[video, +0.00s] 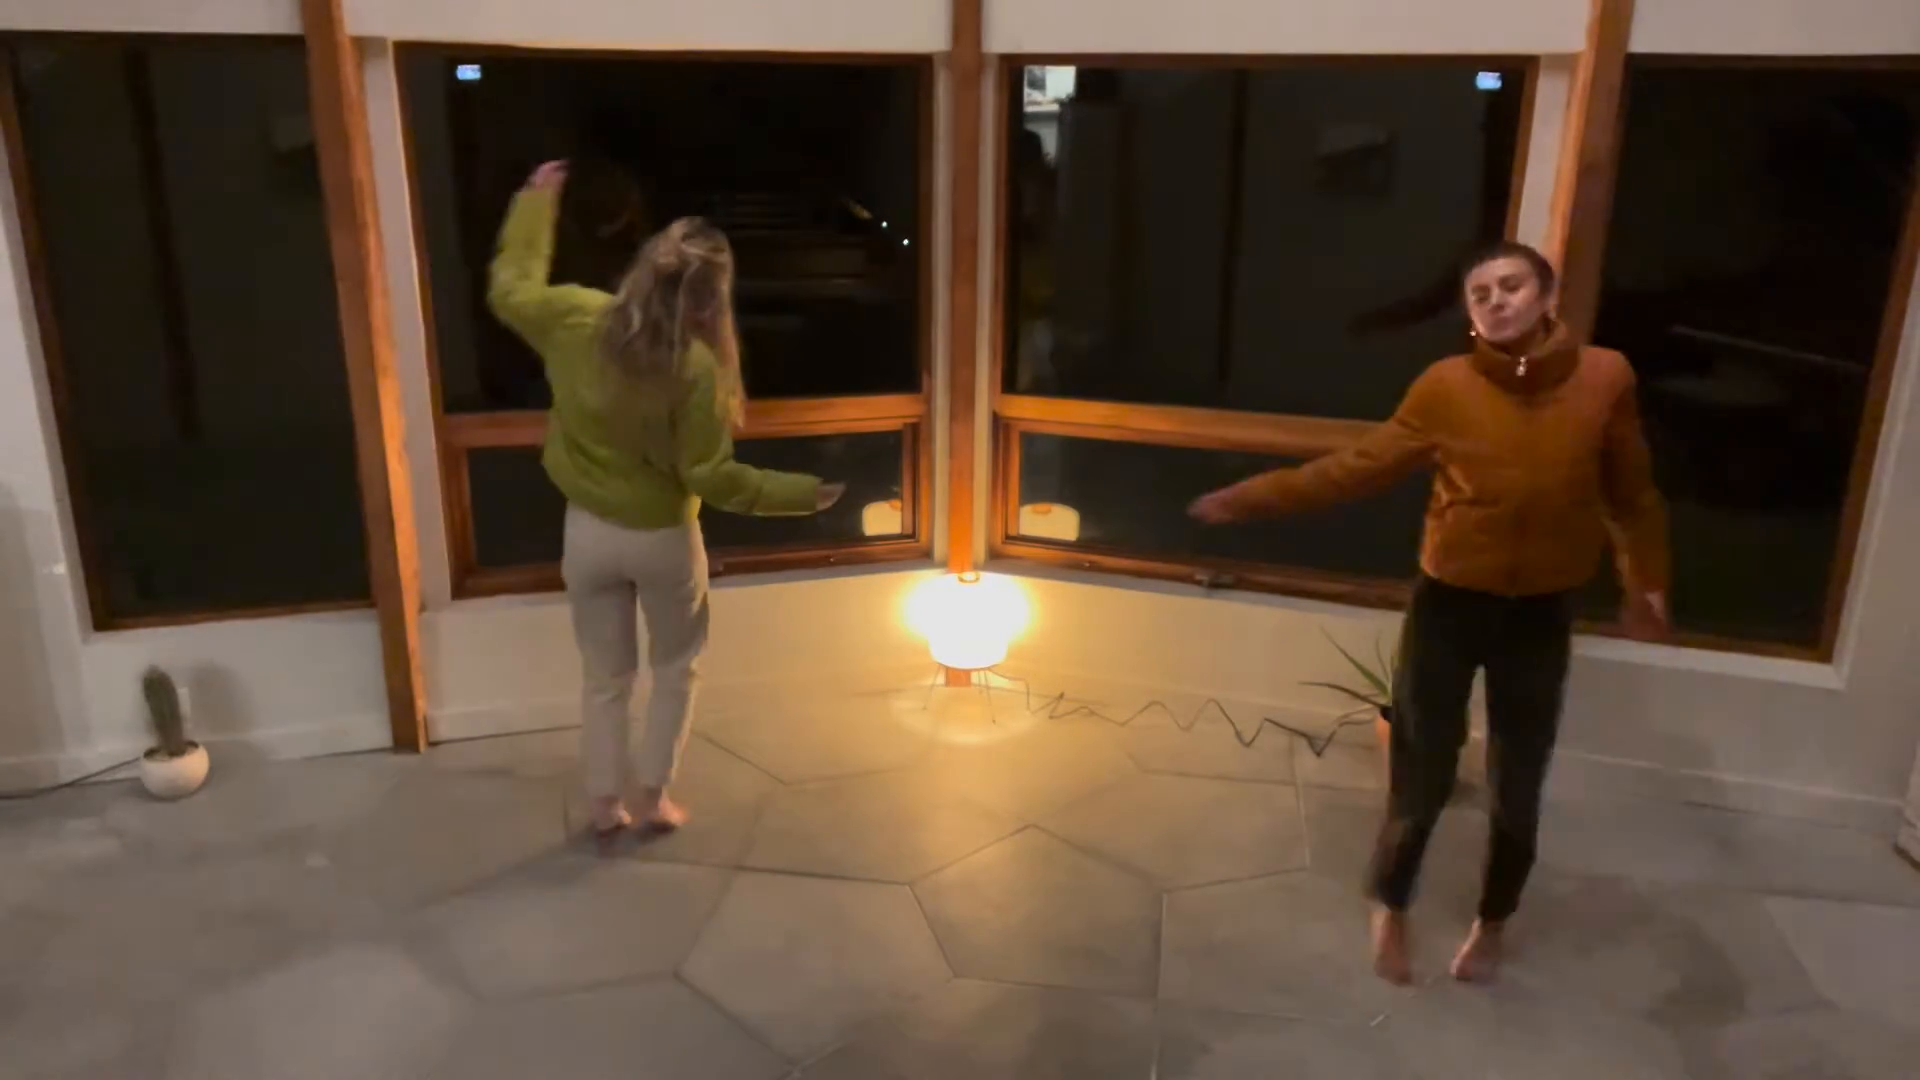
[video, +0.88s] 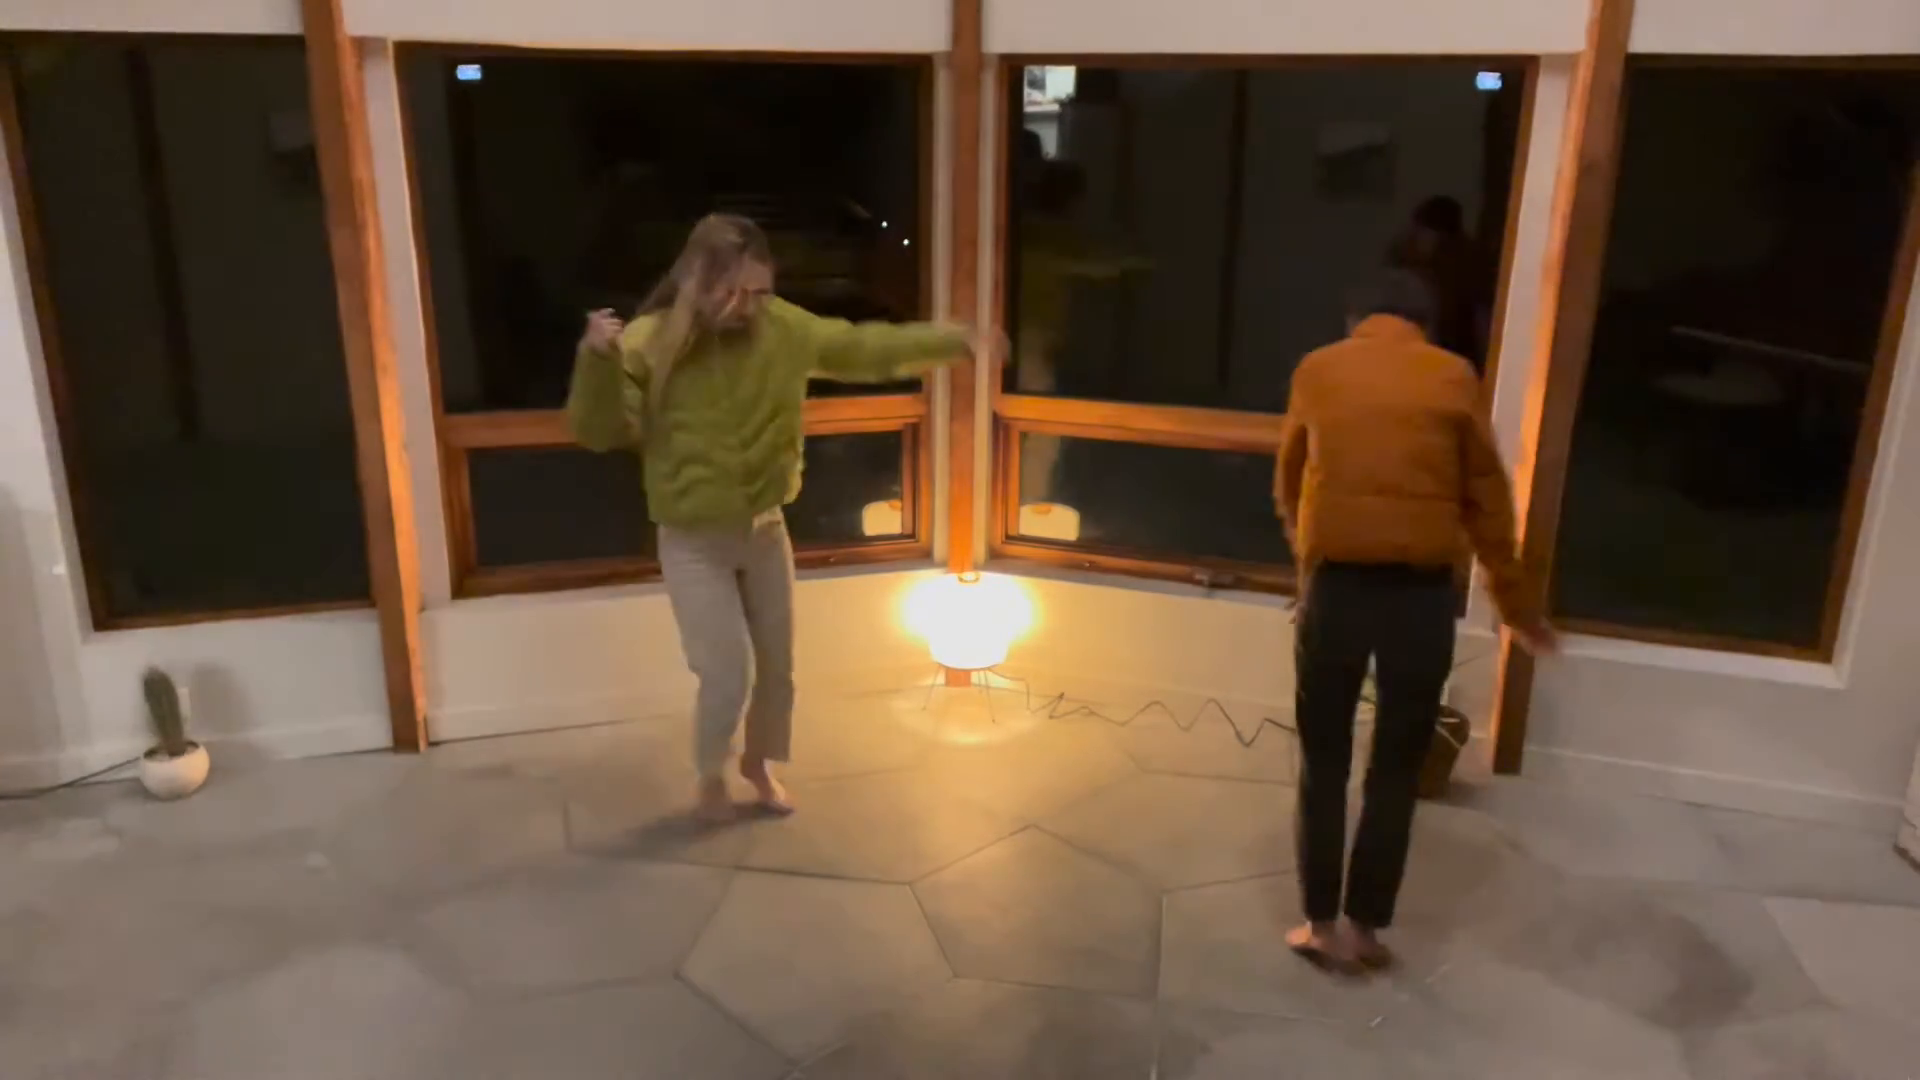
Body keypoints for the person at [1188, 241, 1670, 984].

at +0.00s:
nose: (1495, 303)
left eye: (1510, 287)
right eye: (1480, 295)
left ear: (1548, 294)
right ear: (1468, 312)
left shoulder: (1602, 378)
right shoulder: (1447, 388)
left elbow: (1634, 491)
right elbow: (1360, 465)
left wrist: (1647, 583)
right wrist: (1251, 497)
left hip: (1540, 607)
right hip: (1449, 601)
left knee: (1519, 781)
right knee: (1424, 774)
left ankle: (1492, 922)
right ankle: (1390, 907)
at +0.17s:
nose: (1525, 330)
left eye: (1535, 311)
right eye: (1505, 318)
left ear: (1552, 304)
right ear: (1470, 322)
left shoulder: (1579, 371)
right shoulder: (1441, 394)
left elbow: (1578, 476)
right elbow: (1355, 490)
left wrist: (1571, 560)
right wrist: (1243, 553)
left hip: (1510, 603)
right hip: (1438, 598)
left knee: (1480, 774)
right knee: (1415, 768)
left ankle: (1421, 896)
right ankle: (1372, 905)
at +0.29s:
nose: (1546, 358)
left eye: (1552, 340)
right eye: (1528, 344)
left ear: (1561, 333)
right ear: (1484, 341)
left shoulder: (1532, 392)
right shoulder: (1451, 404)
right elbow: (1388, 510)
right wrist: (1308, 597)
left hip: (1469, 605)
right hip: (1425, 606)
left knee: (1447, 784)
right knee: (1440, 794)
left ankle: (1395, 909)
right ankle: (1368, 917)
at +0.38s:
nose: (1562, 366)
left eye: (1567, 348)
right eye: (1550, 348)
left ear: (1513, 340)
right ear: (1502, 336)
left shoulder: (1482, 381)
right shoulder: (1469, 401)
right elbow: (1422, 520)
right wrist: (1391, 623)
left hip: (1439, 593)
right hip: (1426, 599)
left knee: (1425, 768)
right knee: (1438, 780)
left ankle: (1394, 909)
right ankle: (1374, 924)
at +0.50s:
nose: (1555, 365)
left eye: (1561, 350)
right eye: (1552, 348)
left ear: (1501, 330)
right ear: (1510, 332)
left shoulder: (1440, 365)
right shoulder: (1482, 402)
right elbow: (1468, 534)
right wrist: (1464, 656)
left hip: (1372, 584)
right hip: (1411, 599)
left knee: (1385, 758)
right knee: (1421, 775)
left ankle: (1360, 907)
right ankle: (1364, 929)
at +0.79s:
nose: (1473, 333)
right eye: (1473, 322)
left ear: (1402, 310)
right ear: (1464, 322)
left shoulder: (1345, 364)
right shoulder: (1474, 383)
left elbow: (1311, 472)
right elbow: (1512, 515)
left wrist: (1336, 536)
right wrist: (1554, 620)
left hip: (1337, 586)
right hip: (1421, 598)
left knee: (1322, 746)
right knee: (1400, 764)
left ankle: (1314, 908)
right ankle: (1365, 928)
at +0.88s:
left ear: (1357, 319)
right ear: (1423, 323)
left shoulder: (1317, 370)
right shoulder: (1452, 378)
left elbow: (1288, 489)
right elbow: (1488, 506)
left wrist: (1315, 562)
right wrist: (1519, 607)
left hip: (1335, 588)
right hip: (1423, 593)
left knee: (1324, 754)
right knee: (1396, 762)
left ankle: (1320, 920)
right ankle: (1363, 927)